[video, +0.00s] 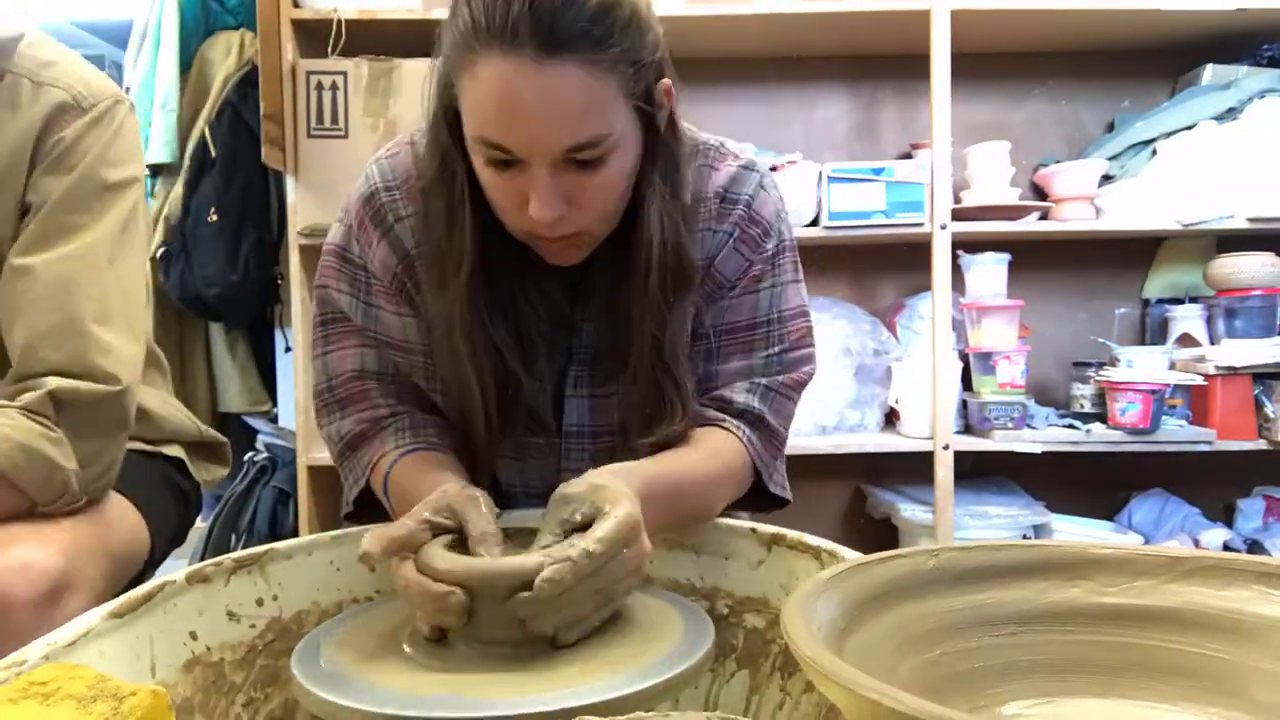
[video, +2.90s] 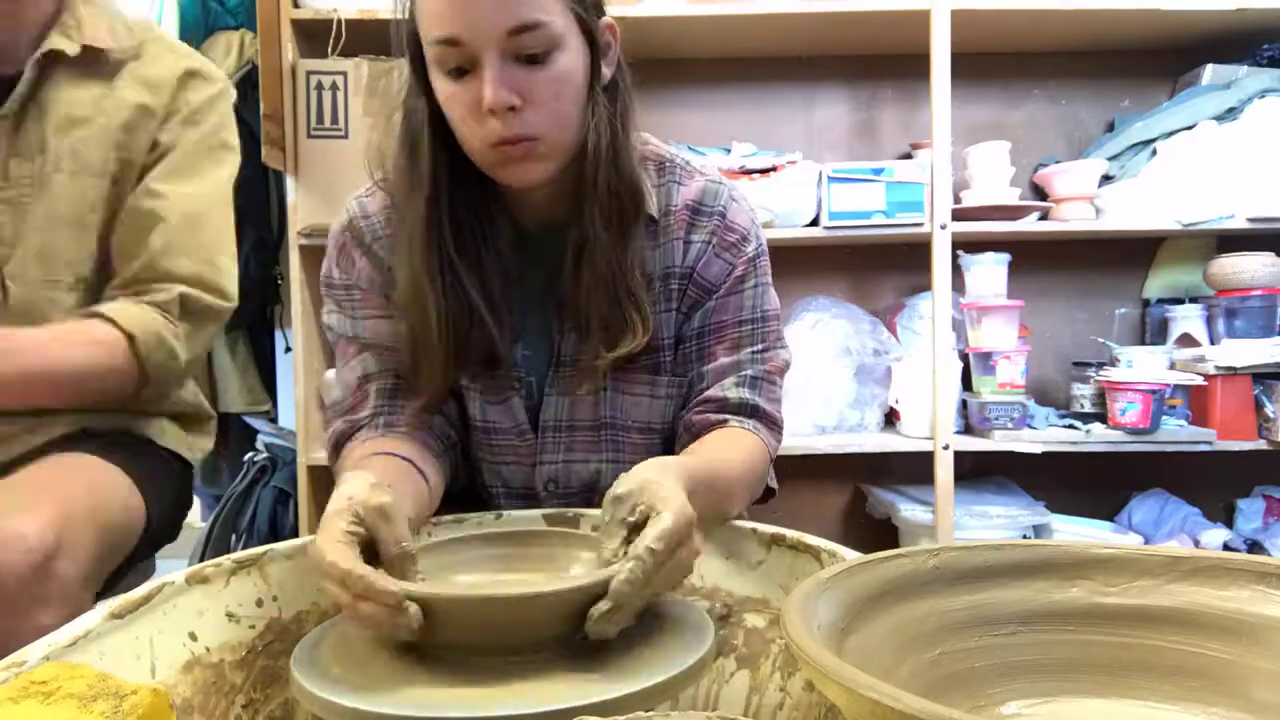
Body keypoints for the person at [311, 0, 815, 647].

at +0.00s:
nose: (544, 209)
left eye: (587, 162)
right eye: (501, 162)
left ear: (657, 112)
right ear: (457, 125)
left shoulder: (733, 203)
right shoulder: (394, 206)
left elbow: (745, 430)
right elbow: (371, 403)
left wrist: (637, 494)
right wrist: (440, 497)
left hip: (668, 572)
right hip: (466, 569)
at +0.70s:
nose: (535, 224)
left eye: (577, 178)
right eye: (492, 179)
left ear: (645, 120)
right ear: (448, 136)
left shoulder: (717, 210)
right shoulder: (388, 216)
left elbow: (734, 420)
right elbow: (383, 406)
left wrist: (653, 490)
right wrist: (430, 488)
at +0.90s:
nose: (599, 138)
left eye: (647, 107)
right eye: (571, 87)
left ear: (690, 103)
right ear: (518, 67)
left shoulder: (725, 212)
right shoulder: (408, 212)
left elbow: (734, 411)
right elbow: (397, 405)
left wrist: (657, 505)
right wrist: (439, 482)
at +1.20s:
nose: (537, 197)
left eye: (579, 153)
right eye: (495, 152)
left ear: (647, 107)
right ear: (454, 119)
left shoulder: (720, 222)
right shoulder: (391, 223)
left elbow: (756, 439)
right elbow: (396, 418)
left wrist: (668, 503)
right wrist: (395, 499)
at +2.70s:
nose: (525, 213)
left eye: (567, 165)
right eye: (483, 166)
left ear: (639, 116)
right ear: (441, 130)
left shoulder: (720, 231)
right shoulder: (374, 233)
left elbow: (756, 443)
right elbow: (357, 418)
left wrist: (682, 478)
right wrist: (374, 486)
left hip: (642, 612)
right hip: (445, 613)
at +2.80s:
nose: (490, 103)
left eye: (525, 59)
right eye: (451, 72)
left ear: (597, 53)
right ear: (425, 82)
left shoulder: (701, 218)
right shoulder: (383, 235)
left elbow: (742, 423)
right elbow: (390, 414)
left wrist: (668, 491)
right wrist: (392, 494)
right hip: (460, 612)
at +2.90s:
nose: (496, 99)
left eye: (531, 55)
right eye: (457, 67)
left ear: (603, 51)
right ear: (427, 78)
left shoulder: (705, 221)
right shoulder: (380, 234)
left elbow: (743, 425)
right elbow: (394, 421)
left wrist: (682, 480)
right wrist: (376, 493)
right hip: (458, 609)